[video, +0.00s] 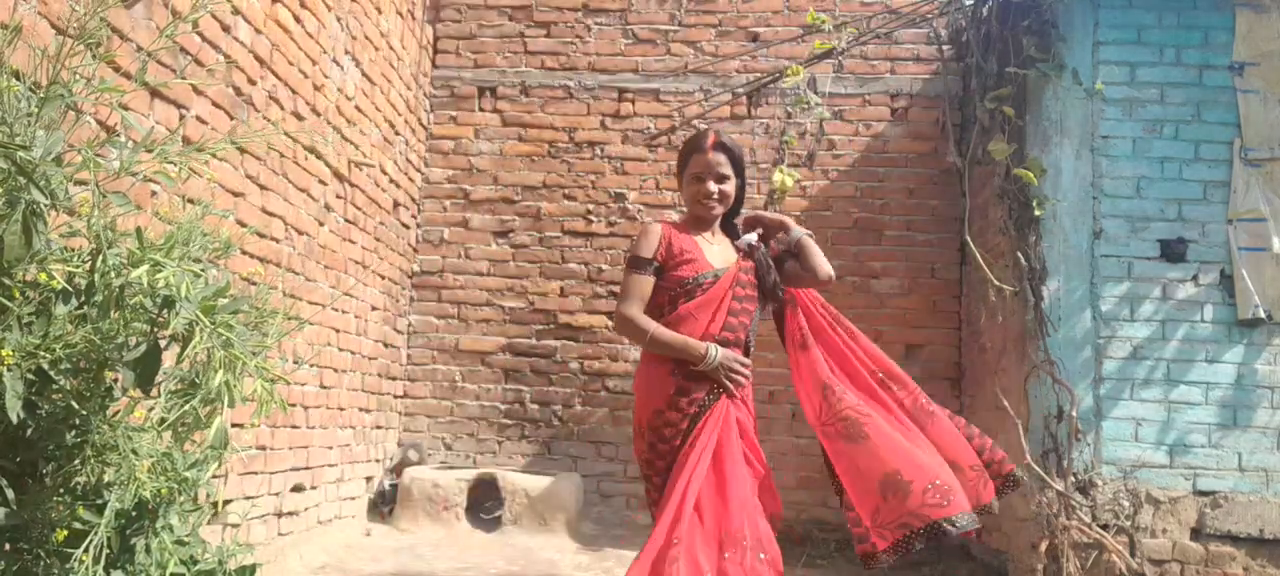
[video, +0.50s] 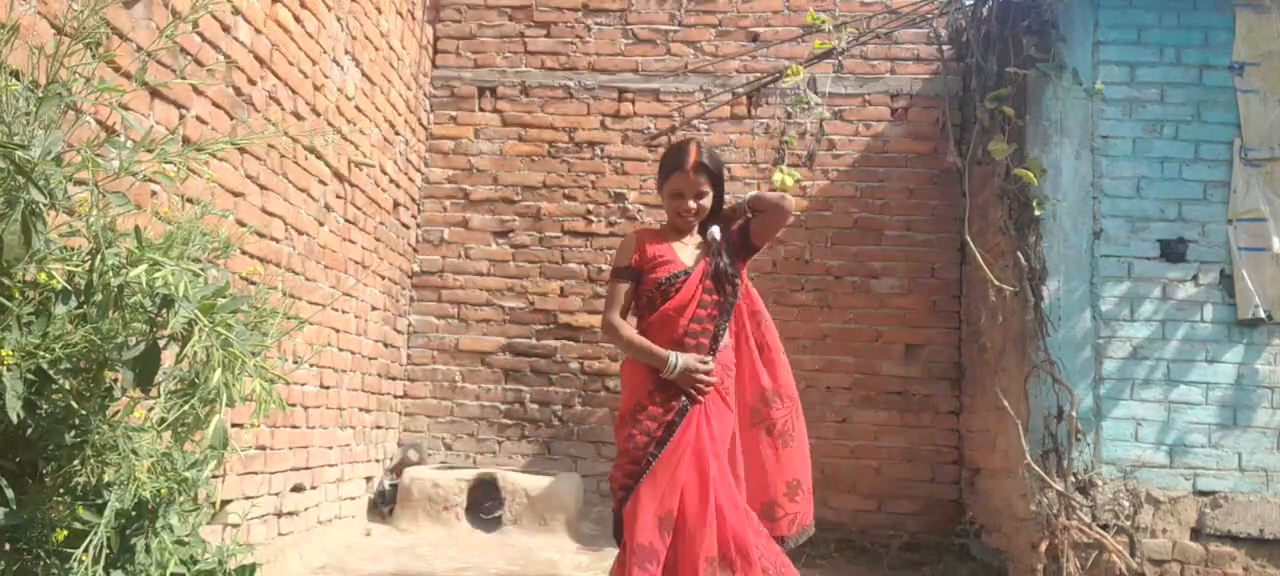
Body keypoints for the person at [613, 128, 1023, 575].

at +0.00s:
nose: (709, 189)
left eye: (721, 178)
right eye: (697, 177)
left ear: (737, 186)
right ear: (679, 181)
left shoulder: (745, 250)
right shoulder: (659, 236)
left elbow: (821, 275)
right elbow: (626, 315)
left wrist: (788, 227)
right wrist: (701, 353)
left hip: (729, 391)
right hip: (670, 391)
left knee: (729, 512)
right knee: (679, 518)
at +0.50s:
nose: (689, 206)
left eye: (699, 196)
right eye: (678, 194)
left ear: (715, 196)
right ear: (660, 189)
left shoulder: (726, 243)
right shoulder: (641, 243)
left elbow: (783, 209)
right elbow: (614, 322)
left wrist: (745, 204)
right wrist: (671, 362)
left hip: (712, 396)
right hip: (652, 394)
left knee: (711, 508)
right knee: (649, 509)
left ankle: (704, 572)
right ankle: (648, 572)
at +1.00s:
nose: (681, 186)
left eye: (695, 178)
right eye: (672, 172)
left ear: (710, 188)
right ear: (653, 174)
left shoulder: (722, 244)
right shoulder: (621, 242)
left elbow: (761, 331)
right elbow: (588, 321)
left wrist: (739, 265)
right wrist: (594, 332)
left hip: (700, 401)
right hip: (632, 402)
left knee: (669, 519)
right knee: (624, 525)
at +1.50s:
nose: (684, 159)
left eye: (700, 151)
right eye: (673, 144)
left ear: (717, 163)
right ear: (652, 149)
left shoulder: (725, 222)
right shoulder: (623, 224)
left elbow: (784, 272)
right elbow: (553, 261)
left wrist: (771, 178)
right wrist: (594, 181)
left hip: (713, 390)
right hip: (637, 393)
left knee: (692, 545)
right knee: (637, 541)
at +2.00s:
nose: (685, 113)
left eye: (699, 102)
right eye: (670, 98)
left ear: (716, 112)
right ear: (646, 108)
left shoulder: (730, 190)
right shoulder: (625, 177)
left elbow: (800, 227)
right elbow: (585, 153)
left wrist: (733, 171)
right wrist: (634, 86)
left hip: (721, 381)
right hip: (636, 382)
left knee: (728, 535)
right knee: (629, 539)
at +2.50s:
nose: (661, 123)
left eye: (681, 116)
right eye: (655, 108)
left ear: (705, 135)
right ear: (642, 115)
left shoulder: (694, 195)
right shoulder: (639, 199)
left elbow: (692, 300)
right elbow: (559, 272)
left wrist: (628, 393)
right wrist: (602, 209)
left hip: (656, 413)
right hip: (624, 407)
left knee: (604, 557)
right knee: (629, 559)